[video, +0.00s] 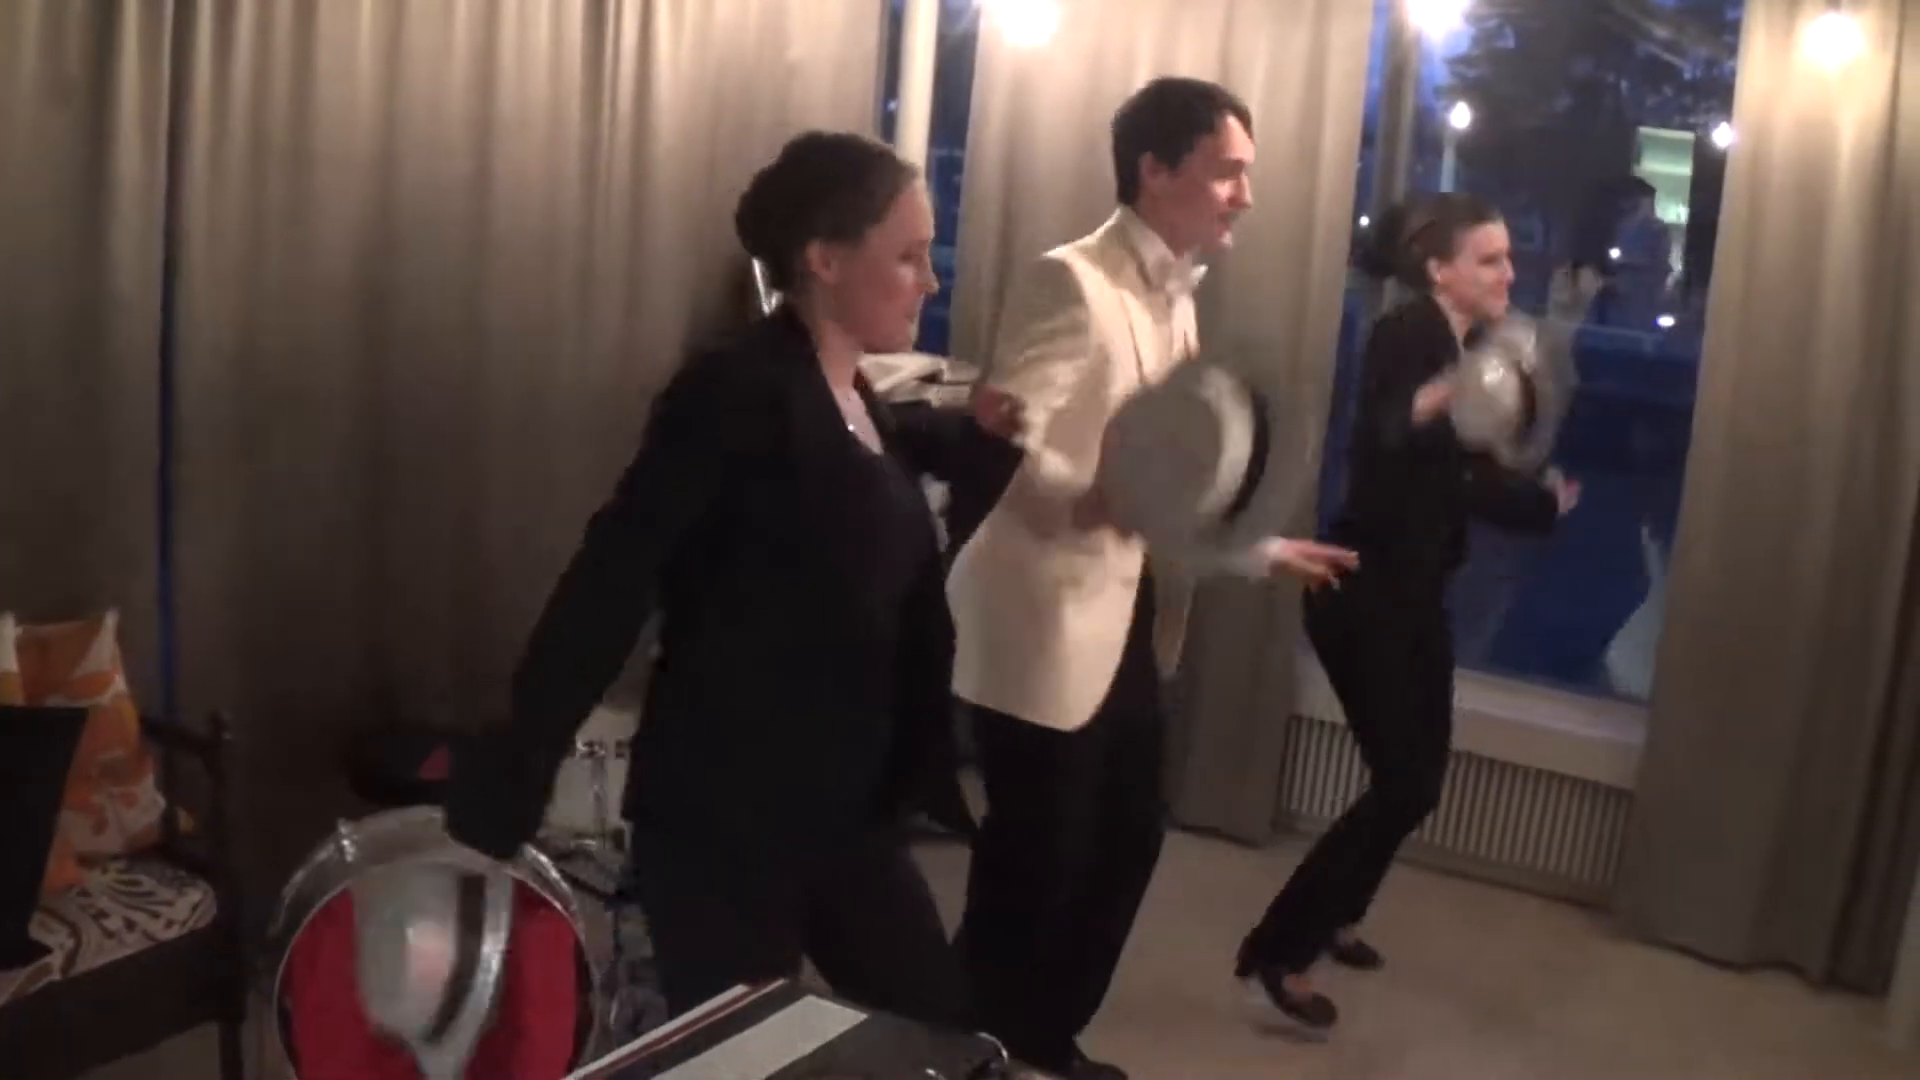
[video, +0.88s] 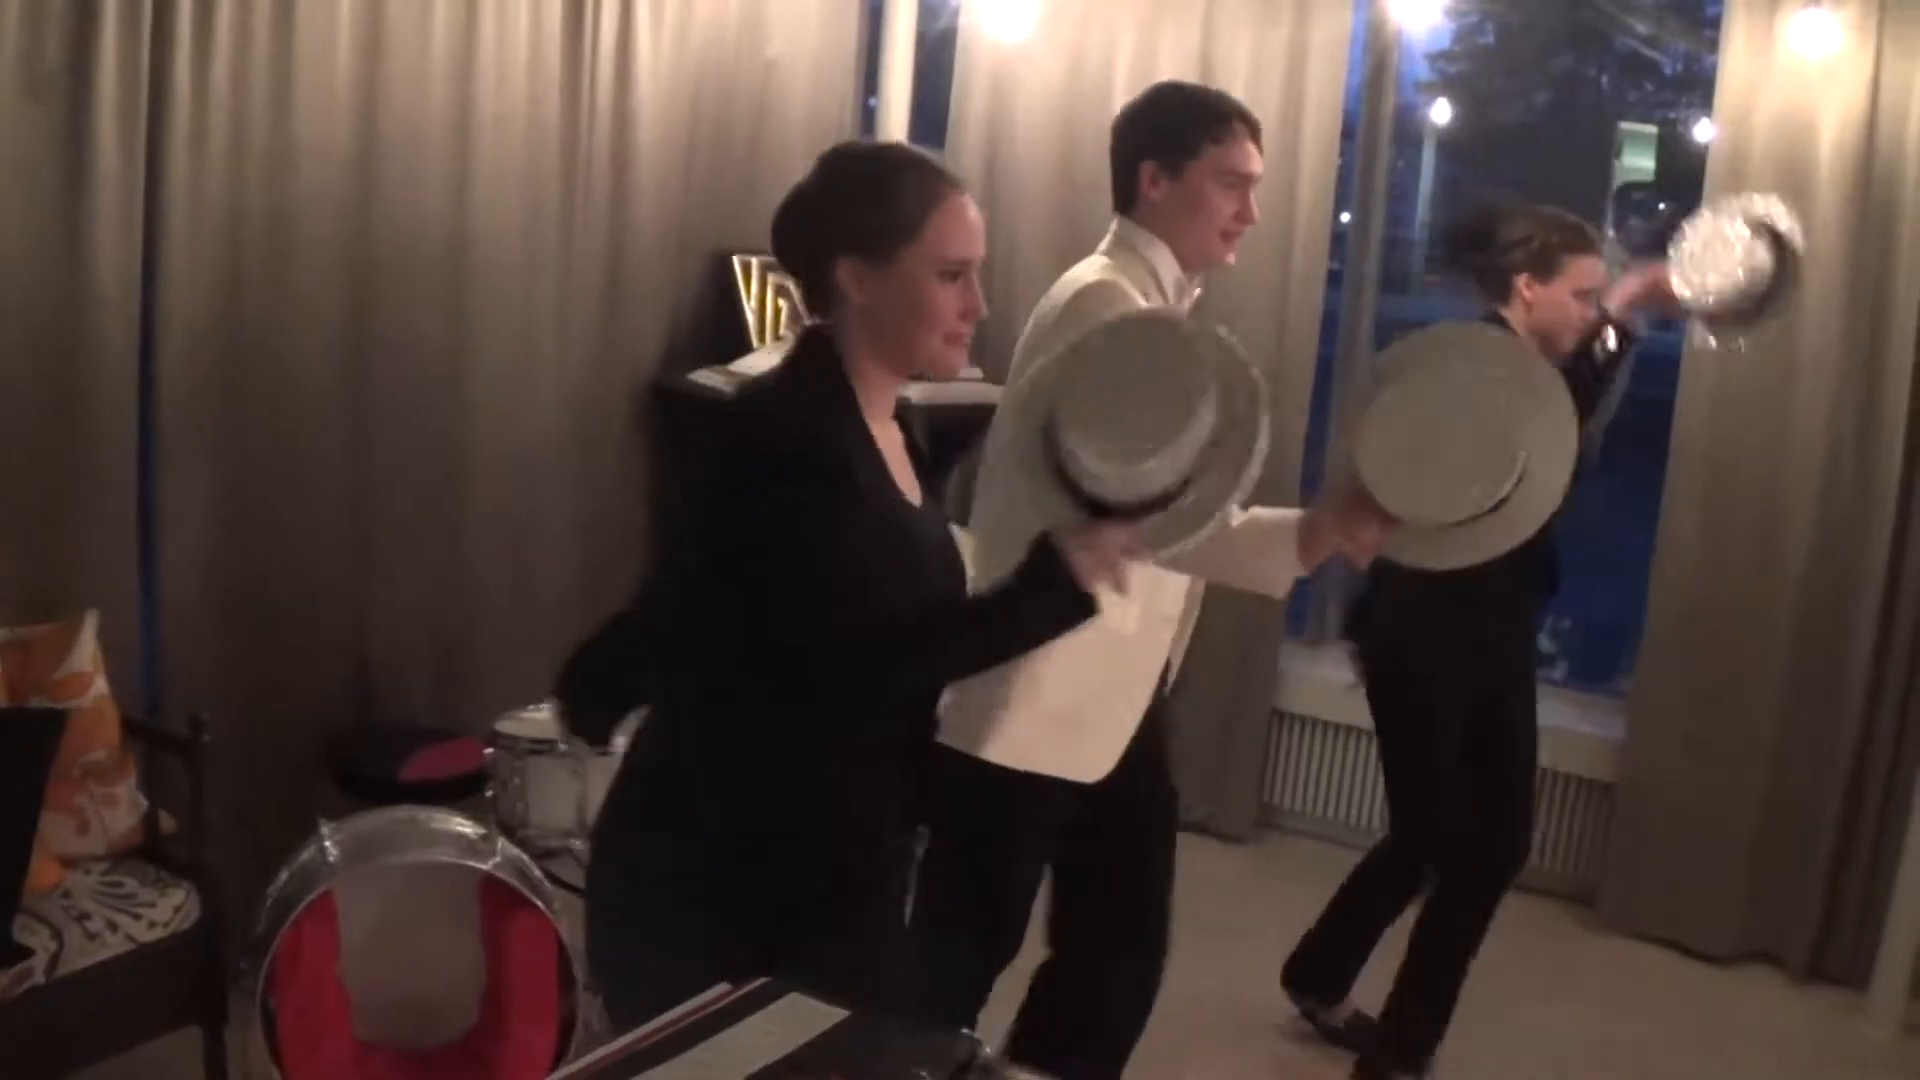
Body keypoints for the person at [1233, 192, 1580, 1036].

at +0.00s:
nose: (1507, 275)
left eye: (1507, 260)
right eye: (1490, 261)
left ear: (1475, 273)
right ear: (1439, 269)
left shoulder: (1469, 349)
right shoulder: (1409, 337)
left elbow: (1467, 474)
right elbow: (1385, 446)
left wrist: (1542, 496)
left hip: (1411, 589)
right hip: (1368, 590)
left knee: (1413, 777)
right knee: (1405, 783)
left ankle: (1327, 919)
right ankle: (1277, 950)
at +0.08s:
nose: (1504, 278)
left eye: (1504, 263)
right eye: (1488, 264)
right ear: (1435, 270)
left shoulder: (1468, 357)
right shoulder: (1396, 356)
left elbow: (1490, 472)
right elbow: (1369, 484)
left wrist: (1553, 420)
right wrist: (1421, 504)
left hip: (1416, 589)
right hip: (1365, 589)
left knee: (1401, 766)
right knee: (1437, 775)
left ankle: (1324, 911)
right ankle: (1294, 899)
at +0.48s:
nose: (1526, 279)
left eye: (1530, 263)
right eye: (1516, 260)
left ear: (1473, 260)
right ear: (1463, 253)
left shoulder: (1477, 349)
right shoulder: (1412, 360)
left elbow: (1494, 448)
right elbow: (1434, 498)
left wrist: (1550, 370)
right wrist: (1515, 473)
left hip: (1449, 600)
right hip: (1393, 602)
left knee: (1483, 776)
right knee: (1426, 789)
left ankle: (1357, 862)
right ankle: (1319, 973)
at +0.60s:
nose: (1532, 270)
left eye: (1530, 253)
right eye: (1520, 252)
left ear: (1477, 261)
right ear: (1479, 258)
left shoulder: (1477, 345)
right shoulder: (1433, 346)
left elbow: (1490, 443)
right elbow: (1471, 451)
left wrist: (1544, 350)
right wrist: (1537, 358)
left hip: (1461, 605)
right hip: (1414, 607)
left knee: (1547, 762)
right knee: (1399, 814)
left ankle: (1420, 868)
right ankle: (1306, 990)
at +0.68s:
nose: (1551, 284)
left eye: (1552, 267)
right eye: (1539, 266)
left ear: (1498, 271)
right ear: (1494, 268)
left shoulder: (1501, 354)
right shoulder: (1440, 347)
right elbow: (1491, 415)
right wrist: (1559, 296)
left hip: (1466, 617)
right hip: (1397, 620)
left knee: (1564, 769)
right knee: (1408, 807)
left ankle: (1438, 918)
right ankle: (1304, 990)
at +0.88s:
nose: (1595, 318)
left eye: (1599, 301)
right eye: (1584, 295)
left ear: (1534, 294)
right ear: (1525, 288)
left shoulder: (1540, 373)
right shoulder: (1469, 365)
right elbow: (1519, 456)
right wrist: (1609, 332)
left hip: (1494, 627)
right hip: (1418, 620)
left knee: (1493, 842)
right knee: (1430, 833)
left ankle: (1403, 1048)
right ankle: (1315, 980)